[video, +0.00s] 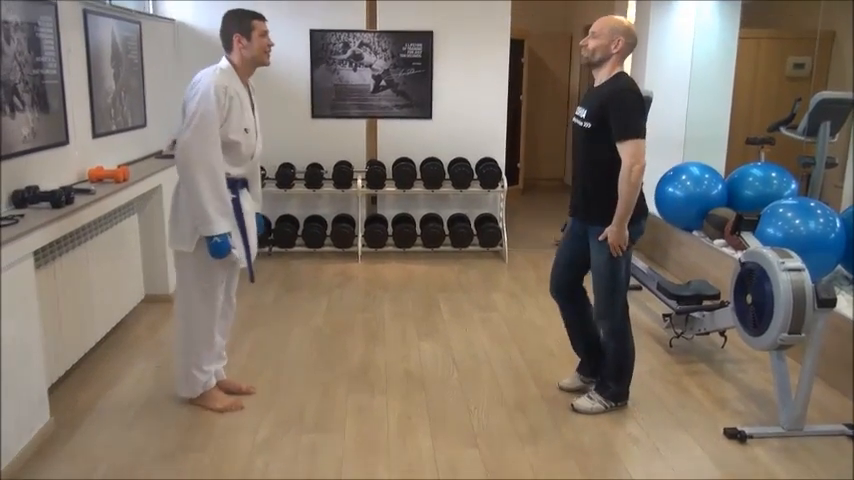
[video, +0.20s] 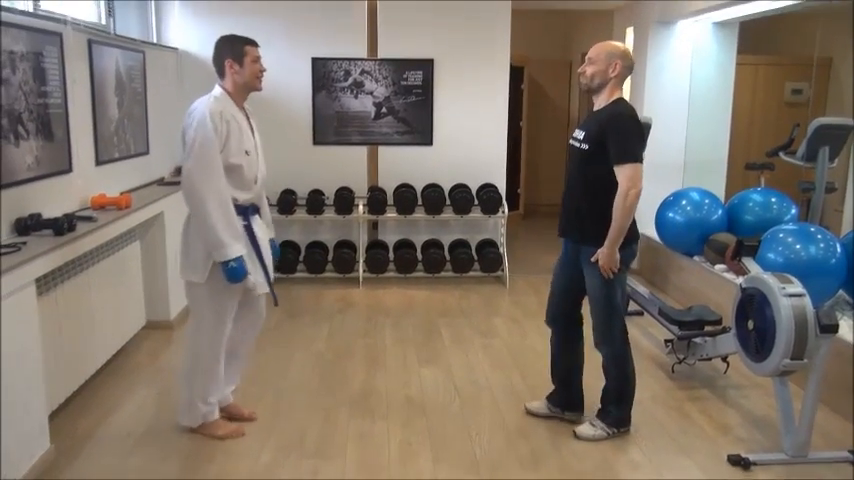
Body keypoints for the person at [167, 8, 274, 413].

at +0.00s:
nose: (271, 42)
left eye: (269, 35)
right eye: (264, 36)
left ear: (244, 42)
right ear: (240, 41)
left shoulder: (243, 87)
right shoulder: (211, 86)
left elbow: (244, 158)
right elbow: (197, 158)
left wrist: (254, 209)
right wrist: (214, 227)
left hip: (233, 202)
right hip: (207, 204)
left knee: (224, 295)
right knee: (203, 297)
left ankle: (214, 372)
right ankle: (197, 386)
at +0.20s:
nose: (263, 69)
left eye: (262, 61)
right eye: (256, 62)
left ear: (236, 69)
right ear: (231, 68)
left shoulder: (241, 114)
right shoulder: (207, 113)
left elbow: (251, 184)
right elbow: (203, 186)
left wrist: (266, 233)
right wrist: (228, 252)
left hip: (247, 226)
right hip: (216, 228)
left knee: (251, 312)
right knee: (212, 321)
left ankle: (221, 396)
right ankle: (198, 414)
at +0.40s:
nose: (268, 83)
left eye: (268, 76)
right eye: (263, 75)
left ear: (245, 77)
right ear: (237, 76)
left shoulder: (251, 123)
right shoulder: (210, 121)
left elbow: (267, 189)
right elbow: (222, 195)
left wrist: (287, 237)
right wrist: (268, 244)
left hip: (255, 235)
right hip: (220, 239)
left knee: (279, 315)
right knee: (216, 335)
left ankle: (274, 403)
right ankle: (204, 425)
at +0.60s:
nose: (288, 93)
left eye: (290, 86)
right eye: (284, 85)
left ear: (265, 84)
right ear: (259, 81)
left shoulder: (271, 129)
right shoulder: (228, 125)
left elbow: (294, 188)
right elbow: (264, 186)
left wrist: (334, 224)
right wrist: (329, 206)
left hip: (269, 238)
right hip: (232, 238)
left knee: (288, 323)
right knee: (220, 335)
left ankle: (312, 403)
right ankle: (206, 424)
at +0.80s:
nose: (322, 95)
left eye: (323, 88)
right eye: (318, 86)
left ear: (297, 83)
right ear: (294, 81)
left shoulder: (290, 124)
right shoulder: (263, 121)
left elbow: (315, 182)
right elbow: (311, 175)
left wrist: (366, 210)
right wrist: (378, 192)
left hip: (283, 231)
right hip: (248, 230)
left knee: (295, 317)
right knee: (232, 326)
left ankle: (309, 402)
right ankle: (211, 418)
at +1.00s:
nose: (344, 97)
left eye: (346, 90)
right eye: (341, 88)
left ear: (319, 86)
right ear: (318, 83)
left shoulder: (309, 125)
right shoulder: (291, 121)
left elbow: (334, 191)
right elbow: (341, 177)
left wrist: (379, 211)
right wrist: (410, 191)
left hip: (290, 230)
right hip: (257, 226)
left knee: (299, 316)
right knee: (238, 322)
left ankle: (309, 400)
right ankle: (214, 415)